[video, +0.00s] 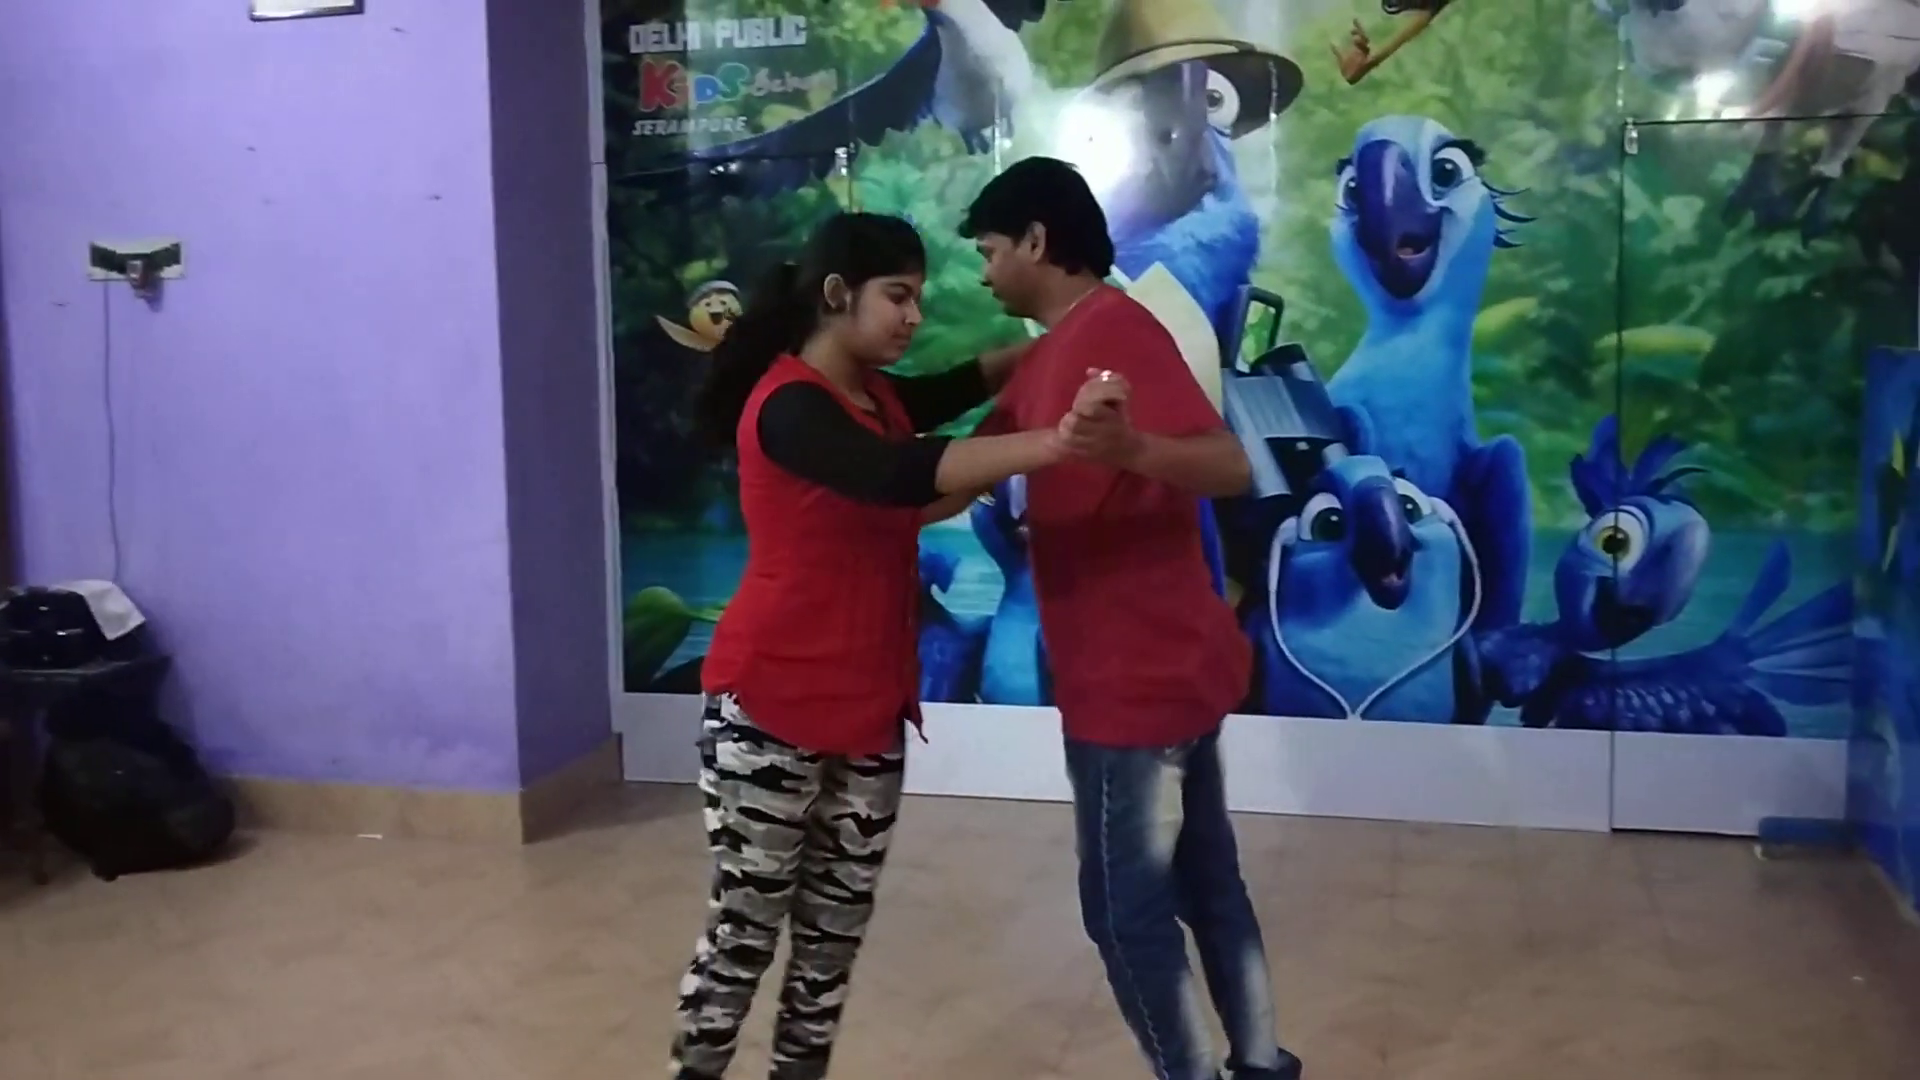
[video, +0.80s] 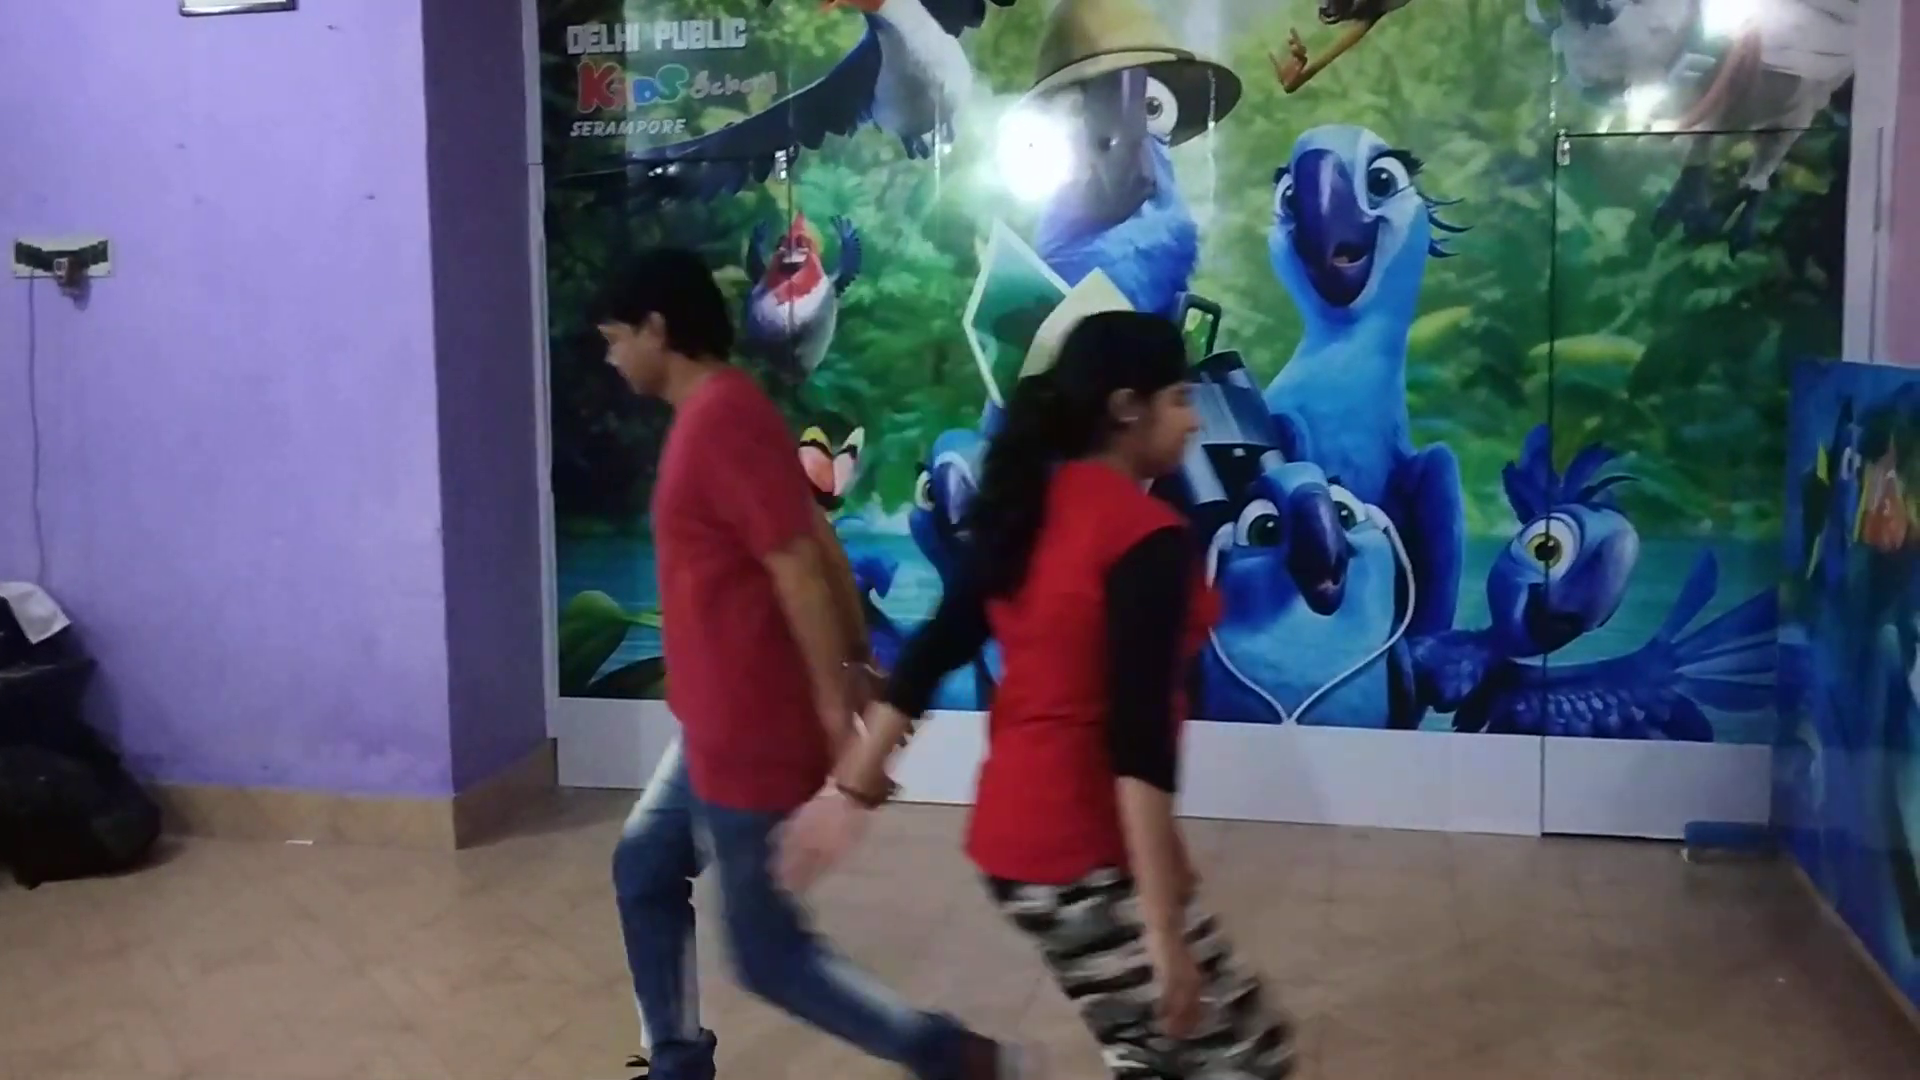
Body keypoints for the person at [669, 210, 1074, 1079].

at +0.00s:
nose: (914, 315)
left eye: (917, 299)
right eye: (897, 296)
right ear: (837, 294)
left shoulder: (885, 400)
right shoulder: (786, 401)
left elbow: (985, 376)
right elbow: (901, 474)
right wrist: (1055, 442)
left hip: (868, 723)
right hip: (767, 713)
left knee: (830, 944)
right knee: (745, 932)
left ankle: (796, 1075)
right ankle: (696, 1071)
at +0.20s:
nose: (923, 313)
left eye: (923, 293)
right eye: (908, 292)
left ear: (858, 296)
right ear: (849, 293)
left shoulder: (867, 406)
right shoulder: (799, 407)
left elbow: (951, 394)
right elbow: (918, 511)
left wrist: (1017, 355)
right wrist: (1084, 480)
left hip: (849, 733)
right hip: (753, 730)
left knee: (830, 951)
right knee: (731, 956)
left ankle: (785, 1074)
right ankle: (674, 1073)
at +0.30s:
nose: (938, 329)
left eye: (936, 309)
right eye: (921, 309)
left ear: (863, 313)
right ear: (864, 309)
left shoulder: (859, 421)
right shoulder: (821, 426)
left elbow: (939, 475)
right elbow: (924, 569)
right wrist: (1095, 574)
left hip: (850, 742)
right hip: (758, 743)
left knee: (898, 951)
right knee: (721, 971)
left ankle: (830, 1070)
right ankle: (660, 1074)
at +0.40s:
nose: (970, 357)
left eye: (973, 337)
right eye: (954, 335)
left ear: (893, 339)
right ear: (890, 336)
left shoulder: (880, 445)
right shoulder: (858, 460)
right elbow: (943, 642)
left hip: (875, 775)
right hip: (780, 775)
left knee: (954, 974)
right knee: (727, 1003)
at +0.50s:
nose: (1013, 389)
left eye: (1011, 368)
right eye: (997, 367)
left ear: (942, 374)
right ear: (939, 371)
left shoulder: (891, 467)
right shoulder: (928, 502)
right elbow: (978, 697)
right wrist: (1100, 818)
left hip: (920, 813)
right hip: (830, 813)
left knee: (1024, 1014)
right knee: (763, 1031)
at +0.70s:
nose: (691, 370)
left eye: (697, 349)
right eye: (690, 352)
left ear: (743, 343)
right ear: (751, 344)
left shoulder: (824, 427)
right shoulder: (793, 426)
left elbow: (903, 591)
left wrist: (934, 734)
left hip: (844, 746)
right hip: (806, 739)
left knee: (908, 969)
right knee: (710, 861)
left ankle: (1045, 1062)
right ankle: (692, 1055)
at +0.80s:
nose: (612, 358)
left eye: (615, 339)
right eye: (608, 342)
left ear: (659, 329)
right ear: (672, 329)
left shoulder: (720, 417)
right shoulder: (729, 405)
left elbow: (797, 563)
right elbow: (818, 544)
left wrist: (836, 724)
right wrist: (863, 673)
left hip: (752, 740)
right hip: (728, 728)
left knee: (769, 959)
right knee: (642, 870)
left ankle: (956, 1057)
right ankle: (676, 1060)